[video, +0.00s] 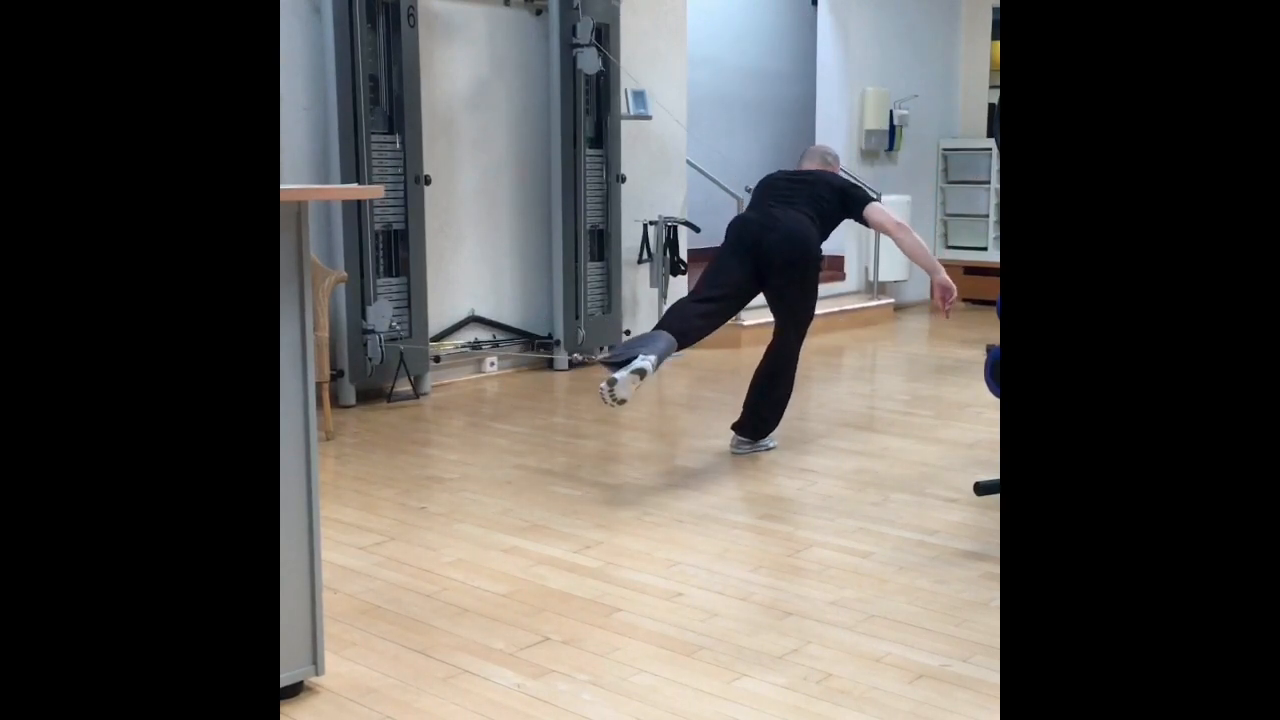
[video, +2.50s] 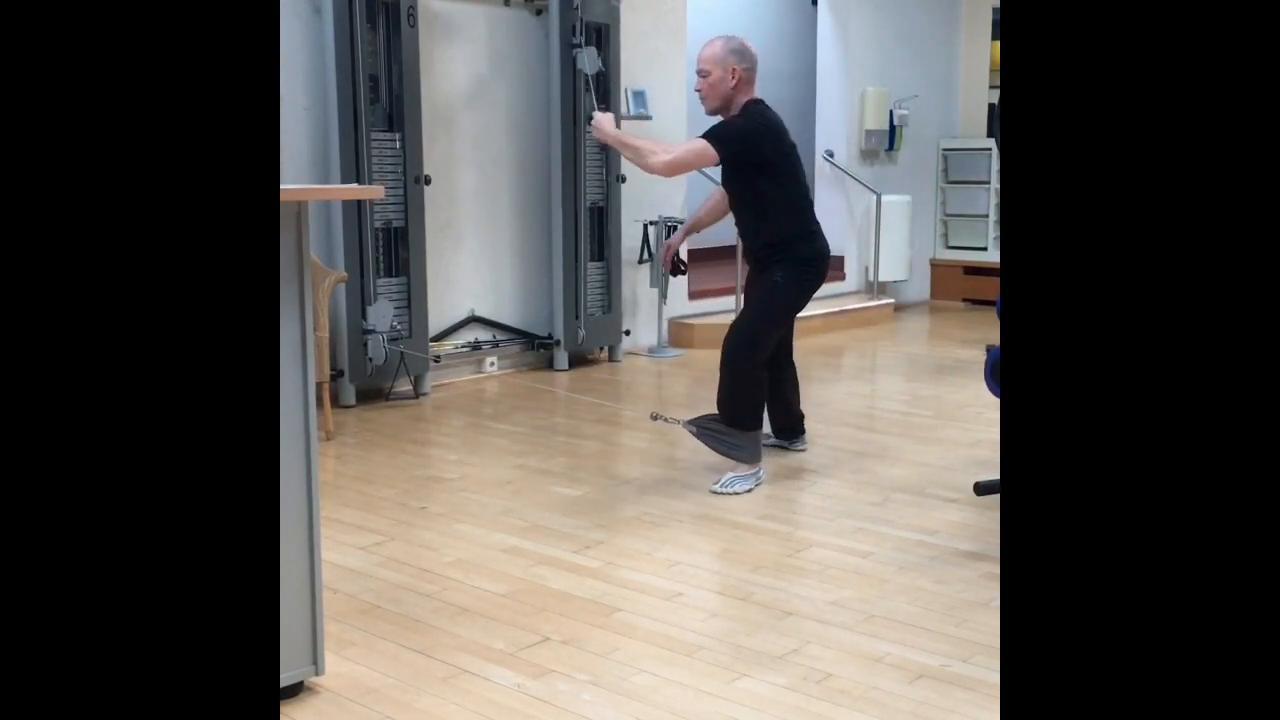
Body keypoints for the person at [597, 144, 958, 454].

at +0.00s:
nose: (840, 177)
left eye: (833, 172)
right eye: (839, 171)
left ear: (801, 165)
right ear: (835, 168)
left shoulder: (774, 179)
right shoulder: (841, 181)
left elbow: (746, 218)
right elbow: (893, 225)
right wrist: (939, 273)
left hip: (746, 233)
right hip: (796, 244)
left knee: (708, 301)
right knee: (788, 338)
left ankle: (647, 357)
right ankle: (751, 432)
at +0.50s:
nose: (838, 164)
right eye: (839, 160)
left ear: (803, 151)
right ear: (836, 158)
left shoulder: (773, 166)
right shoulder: (842, 177)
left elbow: (749, 204)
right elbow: (893, 223)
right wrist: (928, 277)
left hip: (746, 234)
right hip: (798, 246)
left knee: (714, 313)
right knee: (787, 338)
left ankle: (674, 387)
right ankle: (750, 432)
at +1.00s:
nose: (842, 136)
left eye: (840, 133)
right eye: (843, 132)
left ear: (801, 119)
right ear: (838, 128)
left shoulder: (770, 139)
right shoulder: (845, 156)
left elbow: (754, 193)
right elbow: (894, 218)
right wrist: (906, 276)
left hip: (753, 240)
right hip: (806, 249)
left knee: (728, 331)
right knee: (788, 339)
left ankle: (738, 430)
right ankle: (759, 428)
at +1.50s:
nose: (782, 95)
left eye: (781, 89)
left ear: (782, 88)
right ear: (822, 100)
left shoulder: (754, 114)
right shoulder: (837, 141)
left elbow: (735, 156)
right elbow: (855, 222)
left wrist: (776, 145)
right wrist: (825, 251)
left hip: (757, 245)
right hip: (808, 256)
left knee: (715, 343)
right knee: (781, 348)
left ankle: (758, 445)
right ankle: (753, 439)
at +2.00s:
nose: (723, 86)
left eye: (724, 78)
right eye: (724, 78)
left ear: (737, 76)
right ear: (768, 78)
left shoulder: (730, 115)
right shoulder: (798, 121)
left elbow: (669, 148)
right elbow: (803, 200)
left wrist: (671, 123)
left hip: (789, 251)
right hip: (819, 249)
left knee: (722, 347)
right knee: (780, 342)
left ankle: (761, 461)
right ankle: (786, 429)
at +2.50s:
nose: (697, 85)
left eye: (705, 75)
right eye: (697, 75)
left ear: (736, 77)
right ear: (734, 78)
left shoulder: (748, 125)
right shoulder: (755, 123)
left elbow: (663, 163)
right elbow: (731, 194)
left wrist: (610, 135)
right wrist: (685, 232)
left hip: (792, 260)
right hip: (777, 258)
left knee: (742, 344)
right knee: (771, 345)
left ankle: (747, 465)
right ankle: (789, 432)